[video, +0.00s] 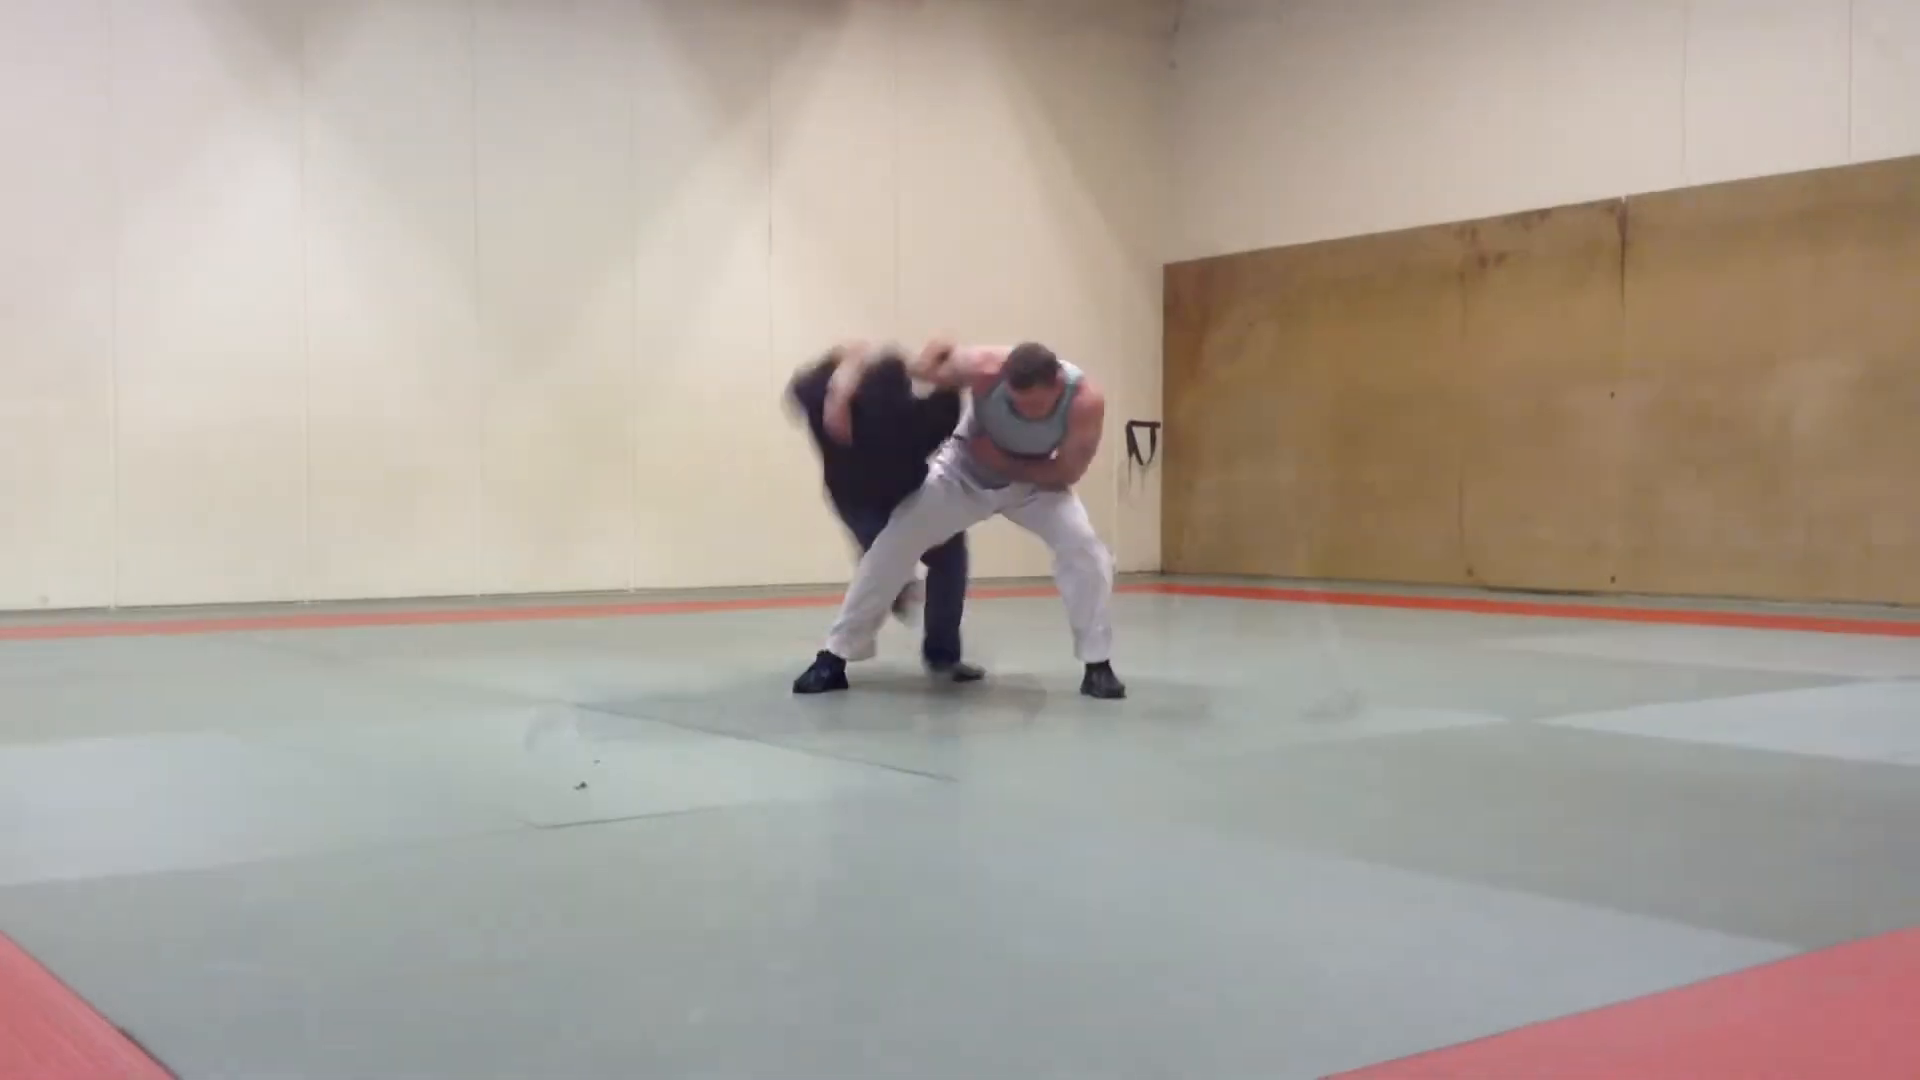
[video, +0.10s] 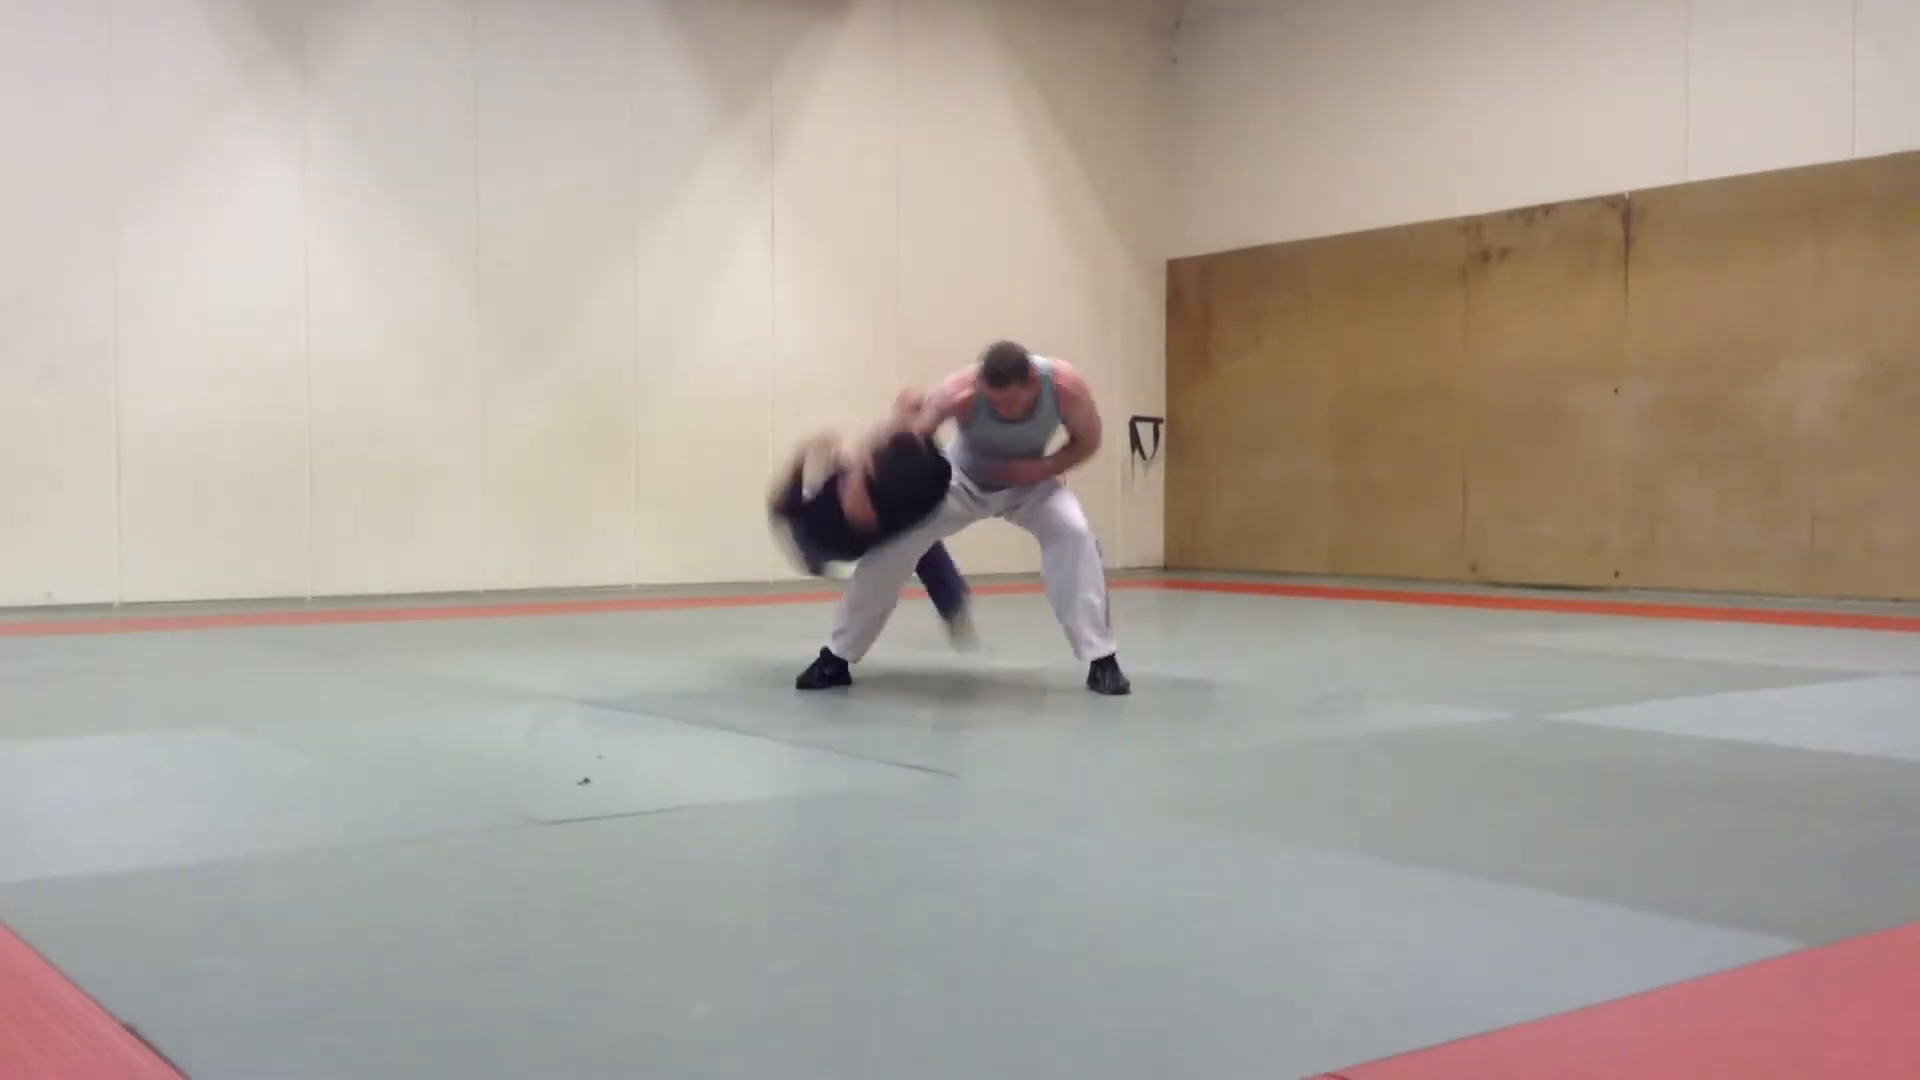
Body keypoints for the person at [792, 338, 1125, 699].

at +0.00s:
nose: (1030, 415)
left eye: (1039, 408)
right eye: (1021, 406)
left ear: (1058, 385)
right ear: (1008, 383)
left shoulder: (1085, 401)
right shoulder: (986, 367)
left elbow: (1064, 475)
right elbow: (924, 370)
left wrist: (1001, 462)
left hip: (1037, 486)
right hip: (965, 474)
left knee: (1085, 550)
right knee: (895, 542)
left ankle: (1098, 666)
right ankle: (834, 658)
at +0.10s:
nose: (1007, 412)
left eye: (1015, 403)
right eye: (996, 403)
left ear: (1033, 382)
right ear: (982, 384)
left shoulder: (1065, 385)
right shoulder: (960, 393)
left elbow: (1088, 442)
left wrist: (1040, 471)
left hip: (1032, 489)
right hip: (962, 486)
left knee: (1074, 534)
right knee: (890, 550)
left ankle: (1101, 659)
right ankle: (837, 658)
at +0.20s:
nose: (955, 422)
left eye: (964, 414)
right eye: (950, 414)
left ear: (994, 395)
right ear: (943, 403)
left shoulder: (1028, 377)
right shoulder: (937, 423)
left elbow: (1074, 395)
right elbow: (913, 485)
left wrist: (1066, 443)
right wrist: (916, 524)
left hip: (1028, 475)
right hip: (961, 482)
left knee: (1075, 528)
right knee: (915, 544)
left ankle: (1110, 651)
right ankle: (845, 649)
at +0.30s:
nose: (933, 454)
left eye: (940, 444)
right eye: (928, 447)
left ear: (971, 422)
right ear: (922, 433)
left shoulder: (1000, 386)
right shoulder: (927, 459)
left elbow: (1059, 378)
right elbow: (924, 544)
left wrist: (1052, 437)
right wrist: (949, 618)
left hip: (1023, 470)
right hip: (956, 485)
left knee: (1071, 522)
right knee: (896, 538)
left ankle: (1116, 645)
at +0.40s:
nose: (930, 478)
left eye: (938, 468)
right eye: (925, 471)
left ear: (962, 439)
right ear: (913, 452)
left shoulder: (987, 397)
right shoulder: (919, 470)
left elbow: (1070, 407)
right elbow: (935, 556)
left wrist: (1040, 462)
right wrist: (967, 621)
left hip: (1013, 464)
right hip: (948, 486)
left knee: (1066, 513)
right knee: (871, 531)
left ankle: (1115, 638)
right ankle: (845, 627)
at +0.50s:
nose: (927, 474)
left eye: (934, 463)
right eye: (921, 466)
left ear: (960, 435)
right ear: (909, 451)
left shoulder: (987, 398)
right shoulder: (914, 467)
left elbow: (1063, 450)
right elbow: (931, 551)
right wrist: (939, 626)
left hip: (1006, 463)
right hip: (938, 478)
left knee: (1061, 515)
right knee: (855, 524)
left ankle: (1114, 638)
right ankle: (830, 634)